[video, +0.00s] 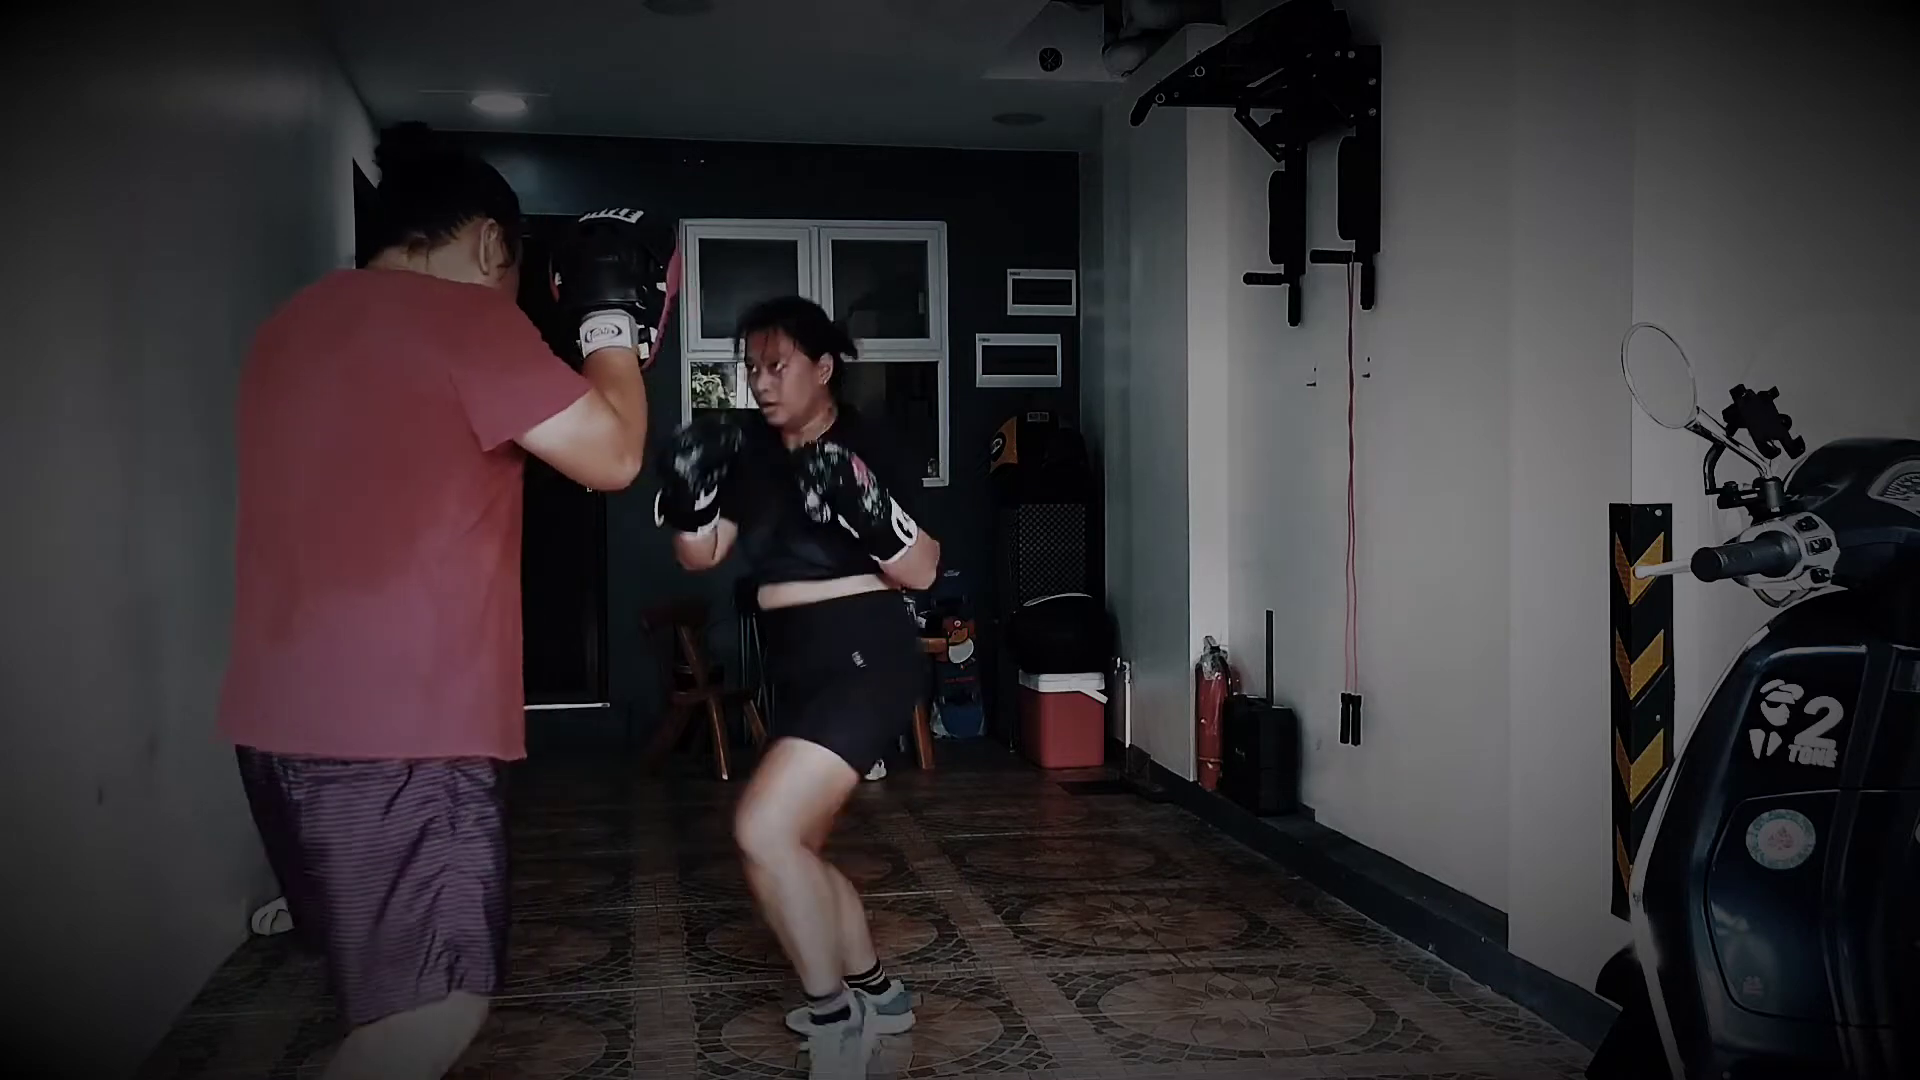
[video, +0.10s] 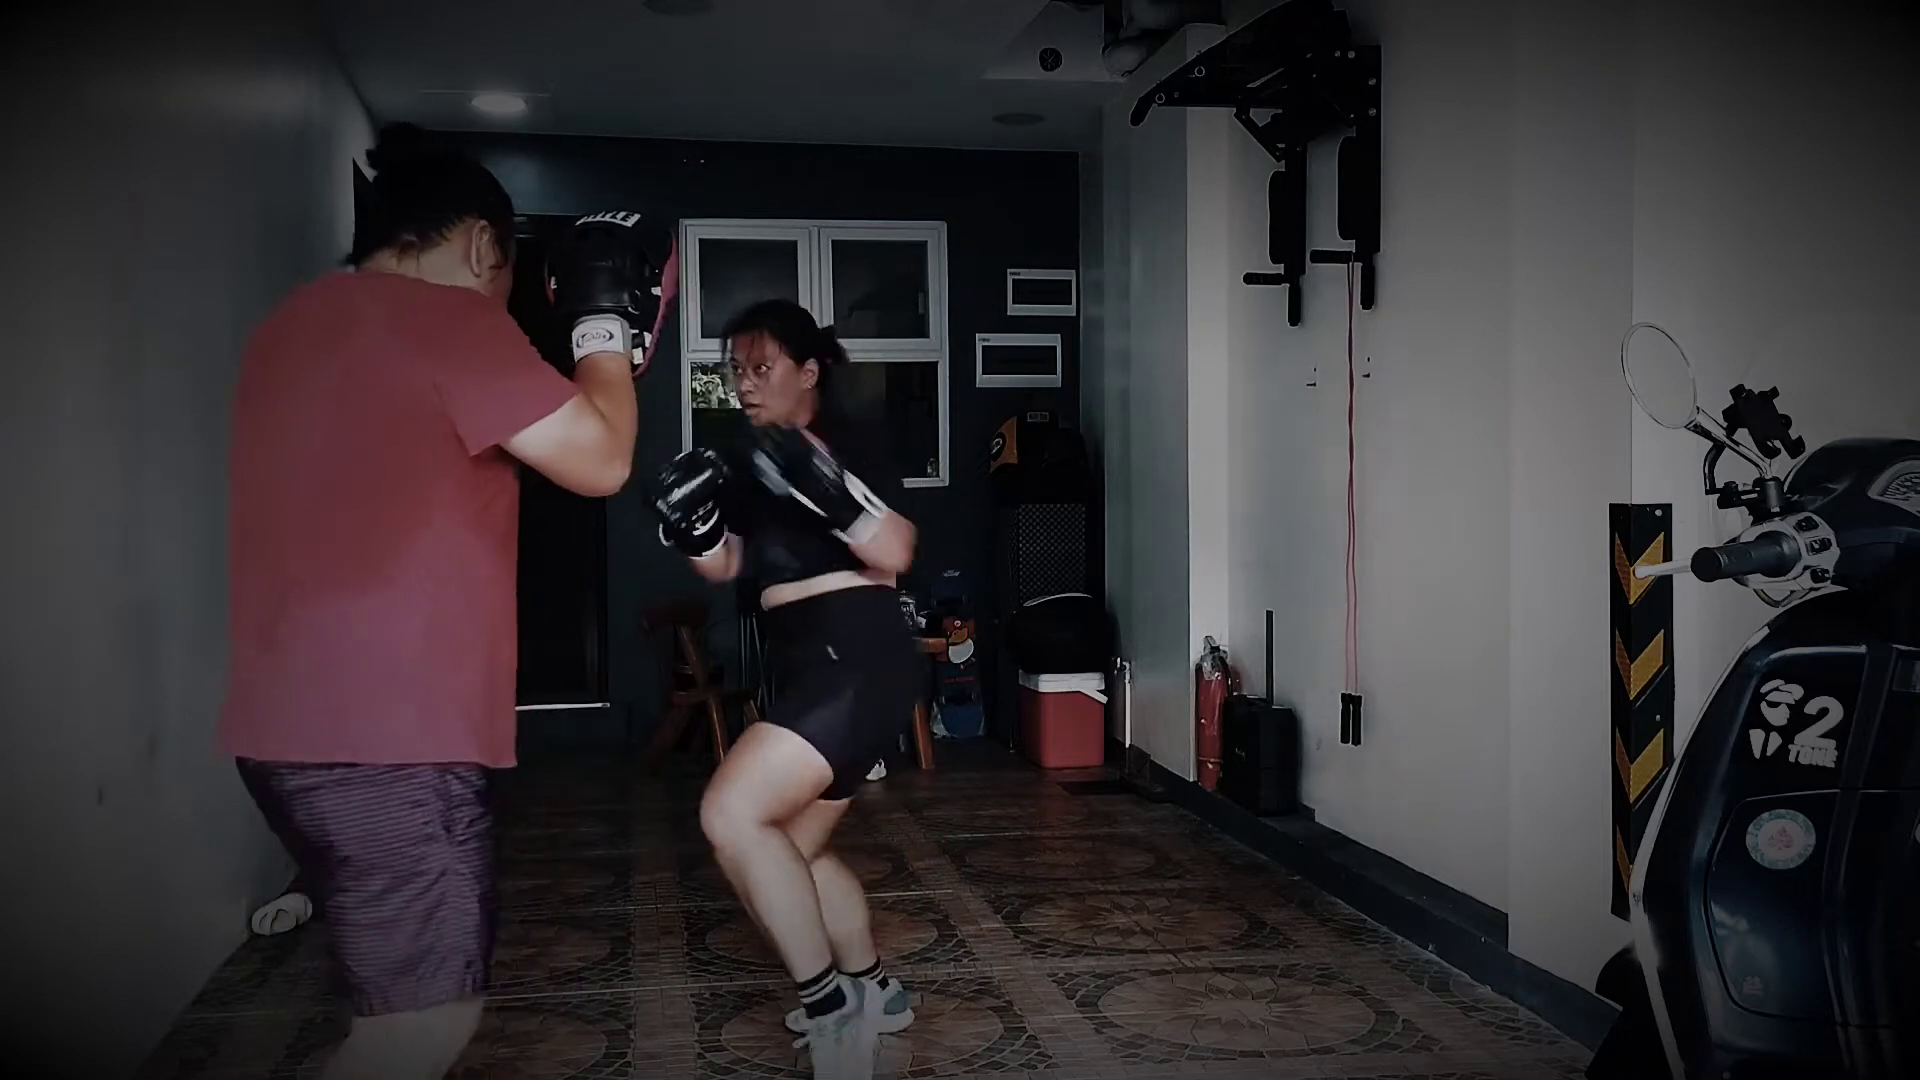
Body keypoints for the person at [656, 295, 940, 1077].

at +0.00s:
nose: (762, 383)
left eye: (778, 365)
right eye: (754, 368)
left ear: (824, 367)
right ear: (746, 376)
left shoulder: (867, 447)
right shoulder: (746, 454)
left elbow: (921, 571)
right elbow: (700, 555)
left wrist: (868, 514)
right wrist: (689, 491)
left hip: (872, 657)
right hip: (791, 663)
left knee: (764, 826)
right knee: (796, 846)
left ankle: (834, 1020)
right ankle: (873, 991)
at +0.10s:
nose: (746, 383)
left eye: (761, 367)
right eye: (739, 369)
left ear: (808, 371)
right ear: (736, 377)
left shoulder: (841, 442)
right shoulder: (751, 463)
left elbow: (894, 553)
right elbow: (724, 567)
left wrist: (816, 489)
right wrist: (694, 524)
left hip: (863, 656)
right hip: (809, 661)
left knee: (732, 811)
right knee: (797, 847)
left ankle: (826, 1004)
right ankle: (871, 991)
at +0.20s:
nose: (728, 377)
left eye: (741, 358)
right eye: (721, 365)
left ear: (791, 357)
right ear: (727, 371)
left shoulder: (812, 414)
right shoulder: (798, 434)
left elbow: (771, 469)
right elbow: (779, 559)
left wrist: (690, 405)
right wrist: (721, 523)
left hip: (848, 649)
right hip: (881, 648)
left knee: (748, 841)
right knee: (823, 840)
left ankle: (849, 1033)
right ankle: (871, 990)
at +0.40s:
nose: (743, 362)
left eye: (758, 344)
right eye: (739, 347)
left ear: (812, 348)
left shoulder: (852, 422)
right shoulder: (754, 436)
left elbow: (805, 529)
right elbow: (752, 562)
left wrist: (713, 468)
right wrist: (703, 512)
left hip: (869, 666)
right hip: (794, 664)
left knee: (809, 886)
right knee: (777, 838)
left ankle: (857, 1068)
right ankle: (873, 983)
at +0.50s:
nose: (758, 364)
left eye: (777, 349)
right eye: (755, 347)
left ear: (833, 356)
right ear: (752, 351)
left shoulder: (884, 447)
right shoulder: (743, 433)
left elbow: (929, 580)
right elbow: (617, 455)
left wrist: (833, 536)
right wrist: (614, 370)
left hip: (878, 670)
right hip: (790, 673)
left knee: (831, 880)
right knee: (774, 868)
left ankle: (861, 1066)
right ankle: (884, 990)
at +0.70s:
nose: (755, 373)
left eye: (771, 355)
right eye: (748, 357)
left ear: (826, 358)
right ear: (748, 363)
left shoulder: (867, 442)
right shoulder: (764, 452)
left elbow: (863, 563)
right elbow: (706, 537)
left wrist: (778, 495)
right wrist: (649, 497)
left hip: (870, 674)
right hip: (800, 674)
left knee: (780, 880)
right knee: (816, 862)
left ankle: (854, 1069)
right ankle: (889, 993)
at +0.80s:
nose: (744, 385)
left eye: (760, 367)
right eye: (739, 368)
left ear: (814, 370)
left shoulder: (840, 433)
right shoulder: (775, 443)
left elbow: (740, 500)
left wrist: (664, 430)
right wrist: (721, 528)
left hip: (872, 682)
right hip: (804, 674)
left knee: (764, 896)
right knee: (812, 867)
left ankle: (836, 1074)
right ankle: (884, 995)